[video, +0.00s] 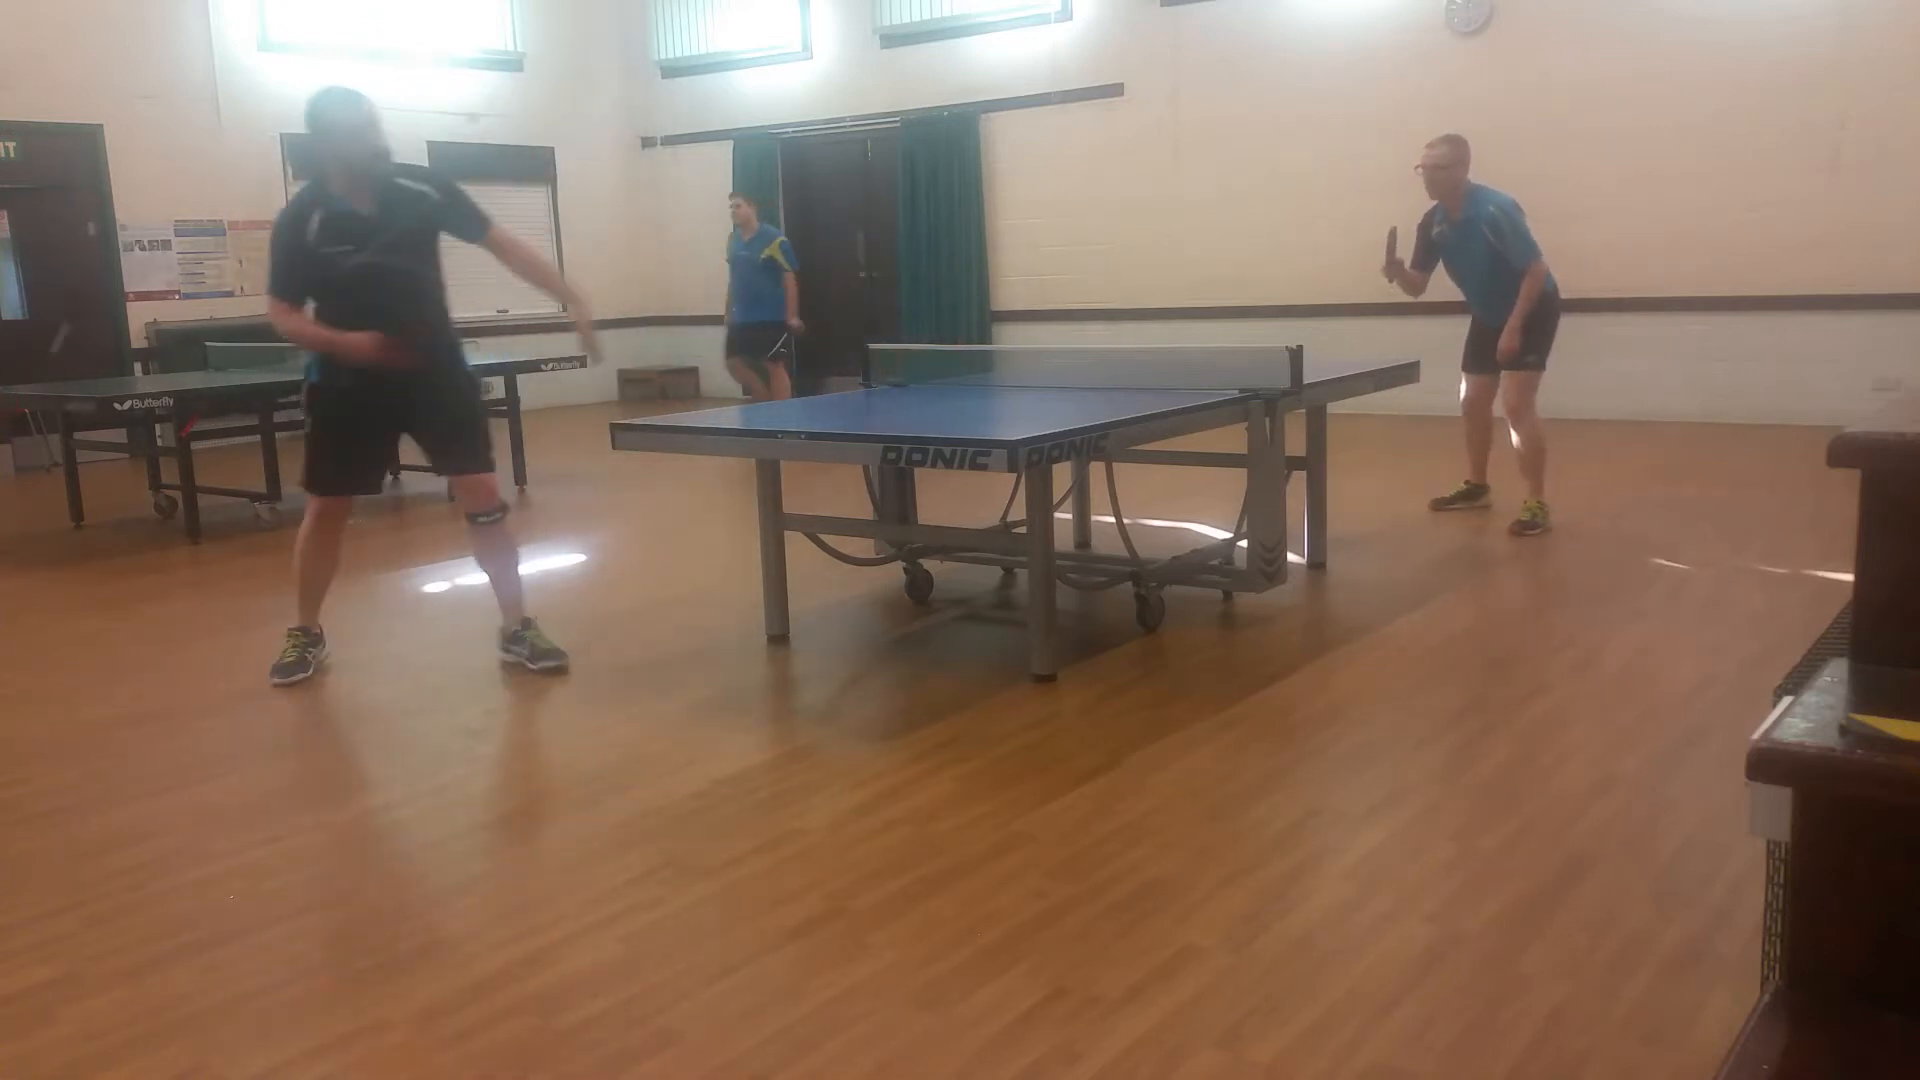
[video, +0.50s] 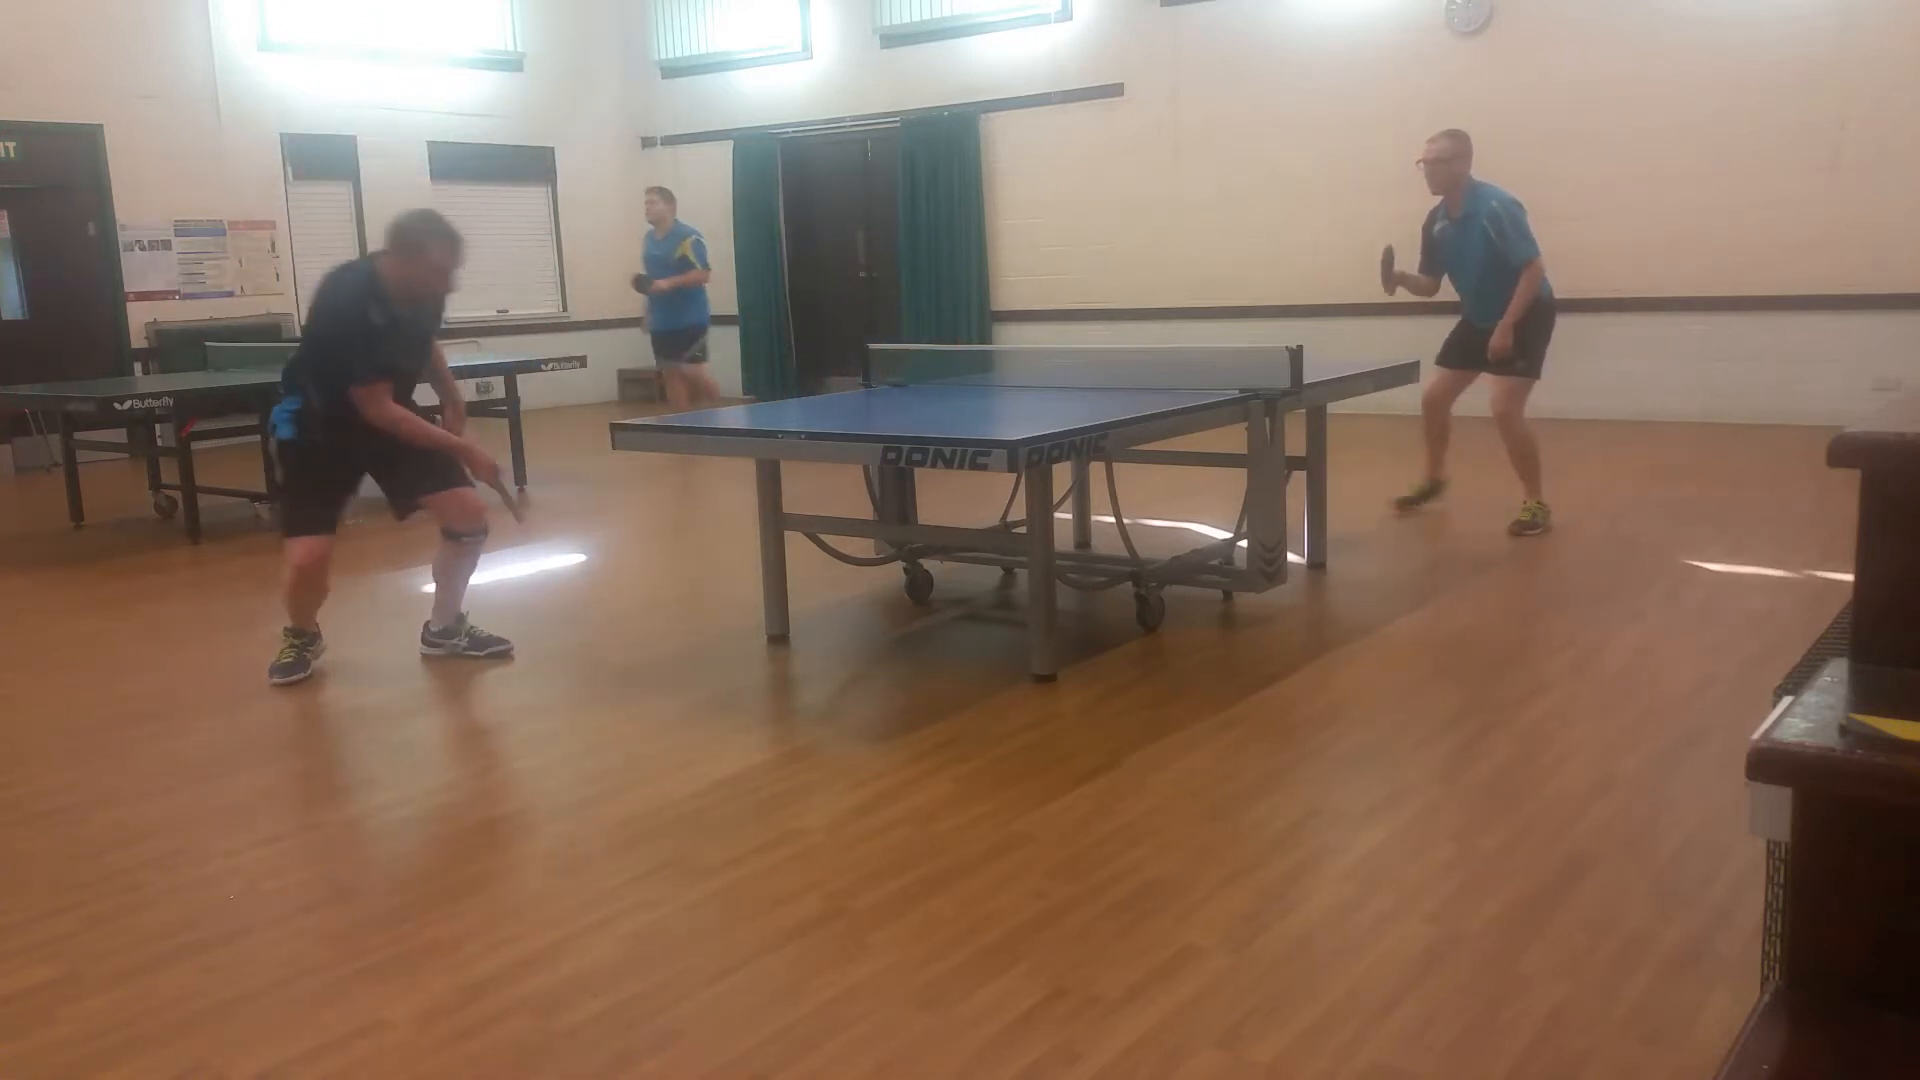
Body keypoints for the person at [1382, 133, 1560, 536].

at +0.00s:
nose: (1424, 177)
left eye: (1432, 170)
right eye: (1422, 170)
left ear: (1459, 171)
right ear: (1425, 173)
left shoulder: (1496, 209)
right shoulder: (1432, 223)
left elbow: (1536, 271)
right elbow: (1417, 285)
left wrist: (1513, 326)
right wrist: (1397, 272)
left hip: (1532, 307)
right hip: (1488, 312)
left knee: (1516, 404)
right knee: (1473, 401)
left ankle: (1536, 503)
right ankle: (1476, 486)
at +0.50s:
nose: (1426, 171)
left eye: (1435, 163)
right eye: (1424, 163)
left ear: (1462, 164)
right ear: (1426, 167)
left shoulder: (1498, 206)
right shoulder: (1436, 221)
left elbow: (1534, 271)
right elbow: (1428, 286)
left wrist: (1506, 326)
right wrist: (1398, 277)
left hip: (1527, 315)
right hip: (1481, 317)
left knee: (1506, 409)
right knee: (1434, 399)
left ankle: (1535, 503)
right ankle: (1434, 481)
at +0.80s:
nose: (1422, 203)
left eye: (1431, 196)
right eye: (1420, 195)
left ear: (1456, 198)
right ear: (1419, 198)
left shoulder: (1499, 236)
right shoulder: (1423, 248)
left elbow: (1535, 298)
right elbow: (1408, 304)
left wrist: (1501, 348)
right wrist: (1390, 324)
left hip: (1520, 327)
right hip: (1468, 331)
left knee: (1531, 409)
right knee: (1419, 408)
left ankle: (1577, 500)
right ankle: (1395, 493)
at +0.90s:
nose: (1430, 223)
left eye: (1438, 216)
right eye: (1428, 216)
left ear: (1464, 219)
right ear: (1427, 217)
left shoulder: (1506, 254)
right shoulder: (1431, 266)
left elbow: (1545, 317)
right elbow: (1423, 326)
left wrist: (1508, 364)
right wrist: (1404, 346)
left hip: (1531, 338)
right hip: (1478, 341)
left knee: (1548, 416)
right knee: (1418, 404)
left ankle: (1592, 505)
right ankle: (1393, 493)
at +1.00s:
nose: (1439, 246)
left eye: (1448, 238)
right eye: (1437, 238)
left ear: (1472, 240)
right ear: (1434, 239)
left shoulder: (1515, 268)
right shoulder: (1440, 284)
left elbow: (1558, 330)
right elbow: (1437, 342)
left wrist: (1525, 378)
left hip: (1537, 351)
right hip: (1482, 354)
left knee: (1559, 414)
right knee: (1415, 406)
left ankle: (1596, 504)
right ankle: (1393, 492)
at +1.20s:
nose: (1457, 231)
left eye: (1465, 225)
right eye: (1456, 223)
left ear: (1490, 224)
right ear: (1455, 221)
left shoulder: (1521, 257)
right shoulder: (1450, 256)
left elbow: (1581, 303)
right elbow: (1407, 288)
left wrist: (1580, 355)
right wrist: (1408, 308)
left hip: (1540, 352)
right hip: (1488, 353)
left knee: (1554, 419)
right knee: (1415, 408)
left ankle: (1596, 506)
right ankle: (1391, 492)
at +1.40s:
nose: (1460, 193)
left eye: (1470, 185)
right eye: (1458, 185)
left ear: (1493, 188)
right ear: (1455, 186)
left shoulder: (1517, 231)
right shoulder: (1473, 229)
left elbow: (1568, 283)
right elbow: (1488, 275)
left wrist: (1566, 337)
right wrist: (1454, 282)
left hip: (1541, 344)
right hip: (1496, 341)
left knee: (1547, 421)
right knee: (1432, 400)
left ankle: (1595, 507)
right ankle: (1404, 482)